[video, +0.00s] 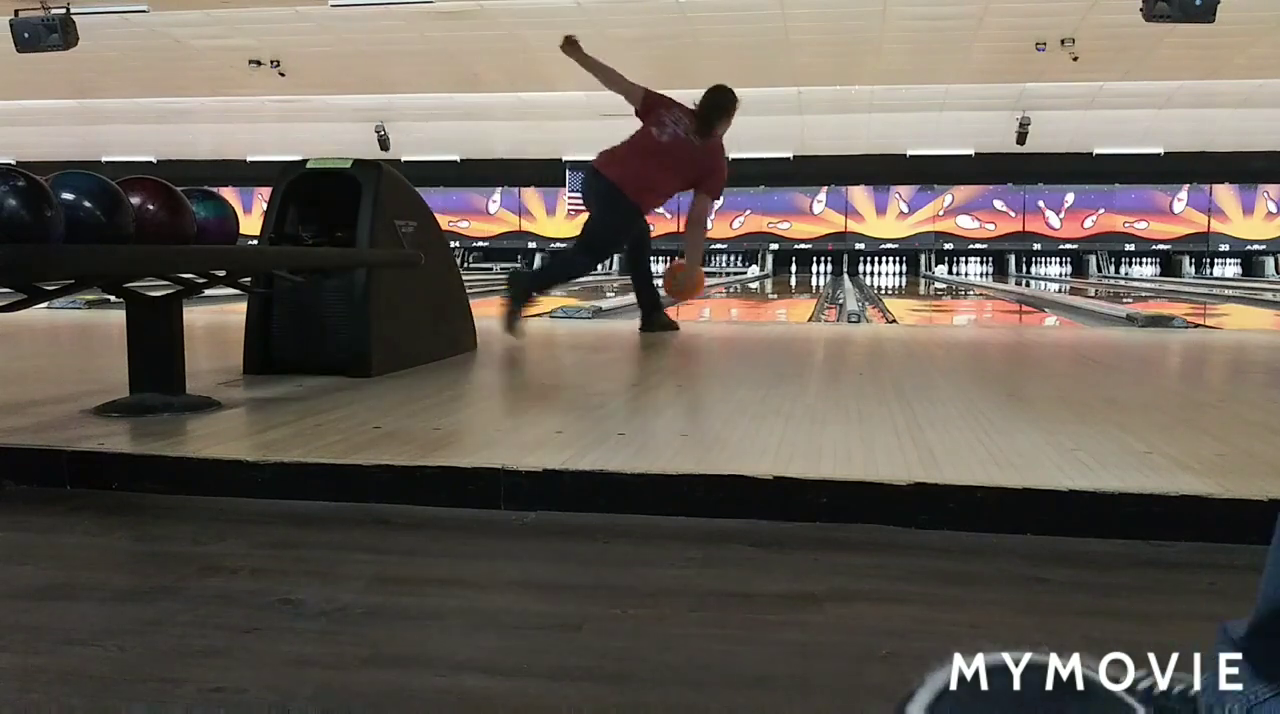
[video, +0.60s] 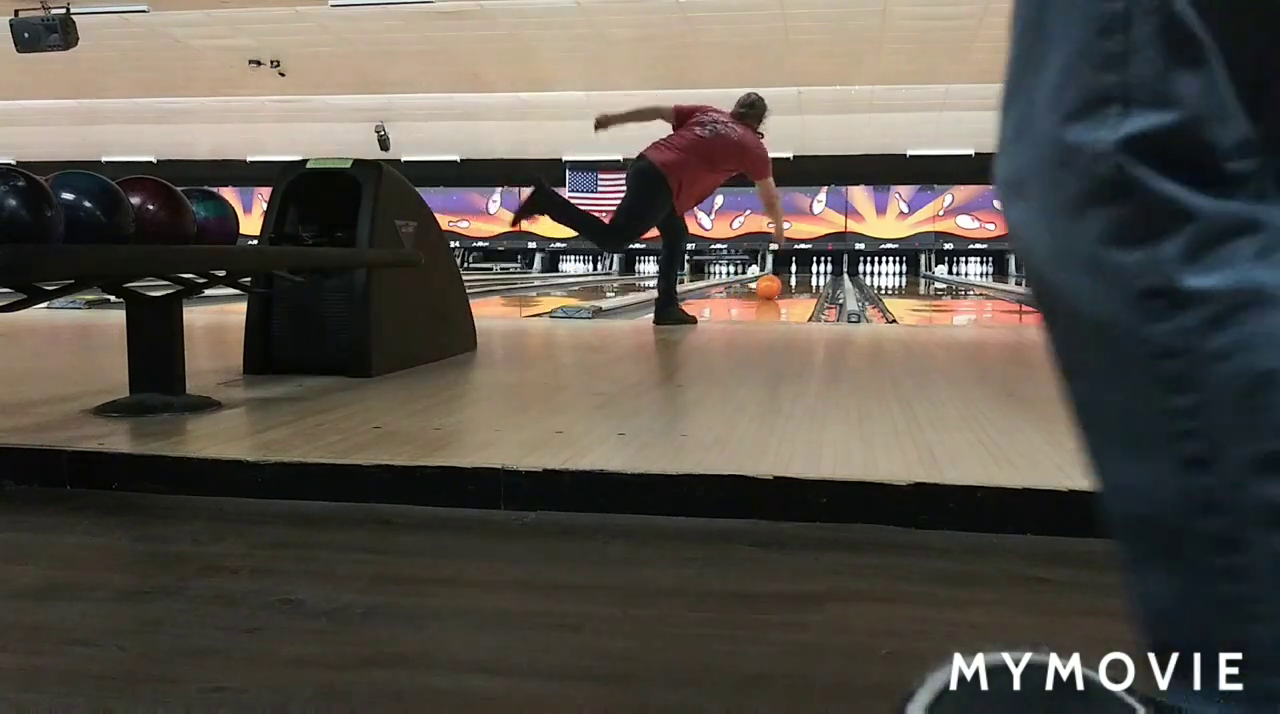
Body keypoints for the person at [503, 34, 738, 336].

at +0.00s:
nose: (731, 121)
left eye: (732, 115)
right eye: (732, 115)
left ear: (702, 104)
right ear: (728, 117)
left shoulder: (668, 108)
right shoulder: (714, 161)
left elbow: (619, 84)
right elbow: (696, 221)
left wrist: (579, 55)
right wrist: (693, 269)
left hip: (595, 179)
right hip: (622, 202)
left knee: (638, 237)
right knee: (584, 257)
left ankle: (652, 314)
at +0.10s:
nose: (734, 128)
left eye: (727, 118)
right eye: (736, 124)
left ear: (709, 111)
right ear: (735, 126)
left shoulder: (684, 114)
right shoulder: (724, 167)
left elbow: (634, 93)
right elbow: (706, 222)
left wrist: (591, 71)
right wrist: (703, 264)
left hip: (611, 181)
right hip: (635, 207)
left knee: (646, 238)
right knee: (582, 256)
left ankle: (659, 314)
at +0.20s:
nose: (721, 126)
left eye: (721, 121)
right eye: (735, 130)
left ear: (717, 119)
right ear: (742, 138)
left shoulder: (694, 119)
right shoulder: (736, 171)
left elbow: (648, 93)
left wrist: (612, 69)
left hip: (622, 173)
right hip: (642, 199)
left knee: (655, 239)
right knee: (583, 247)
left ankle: (662, 313)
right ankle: (504, 220)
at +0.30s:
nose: (715, 116)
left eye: (718, 115)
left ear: (720, 119)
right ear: (748, 135)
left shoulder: (702, 119)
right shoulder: (746, 160)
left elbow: (662, 94)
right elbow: (747, 153)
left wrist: (628, 65)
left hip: (631, 170)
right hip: (650, 191)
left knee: (661, 236)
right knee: (583, 237)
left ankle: (662, 310)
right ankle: (510, 196)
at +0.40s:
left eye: (751, 131)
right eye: (758, 134)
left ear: (728, 119)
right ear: (754, 131)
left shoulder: (703, 117)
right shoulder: (750, 152)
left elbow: (663, 94)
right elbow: (769, 156)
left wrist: (626, 71)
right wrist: (764, 140)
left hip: (634, 169)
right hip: (654, 187)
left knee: (662, 239)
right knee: (589, 233)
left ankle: (665, 311)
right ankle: (524, 187)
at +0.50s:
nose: (756, 132)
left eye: (749, 121)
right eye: (757, 127)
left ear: (732, 115)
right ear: (755, 127)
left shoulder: (705, 115)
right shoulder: (751, 149)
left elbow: (659, 101)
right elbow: (782, 179)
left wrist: (616, 90)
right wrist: (778, 164)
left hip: (638, 168)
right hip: (657, 186)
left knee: (667, 237)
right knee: (596, 236)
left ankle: (666, 308)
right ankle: (534, 186)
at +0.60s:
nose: (761, 128)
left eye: (758, 121)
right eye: (763, 124)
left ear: (735, 110)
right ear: (759, 120)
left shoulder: (707, 113)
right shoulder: (754, 146)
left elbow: (656, 111)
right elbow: (770, 197)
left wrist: (613, 119)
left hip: (643, 167)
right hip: (660, 182)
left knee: (677, 238)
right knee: (612, 240)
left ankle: (666, 308)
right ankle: (545, 198)